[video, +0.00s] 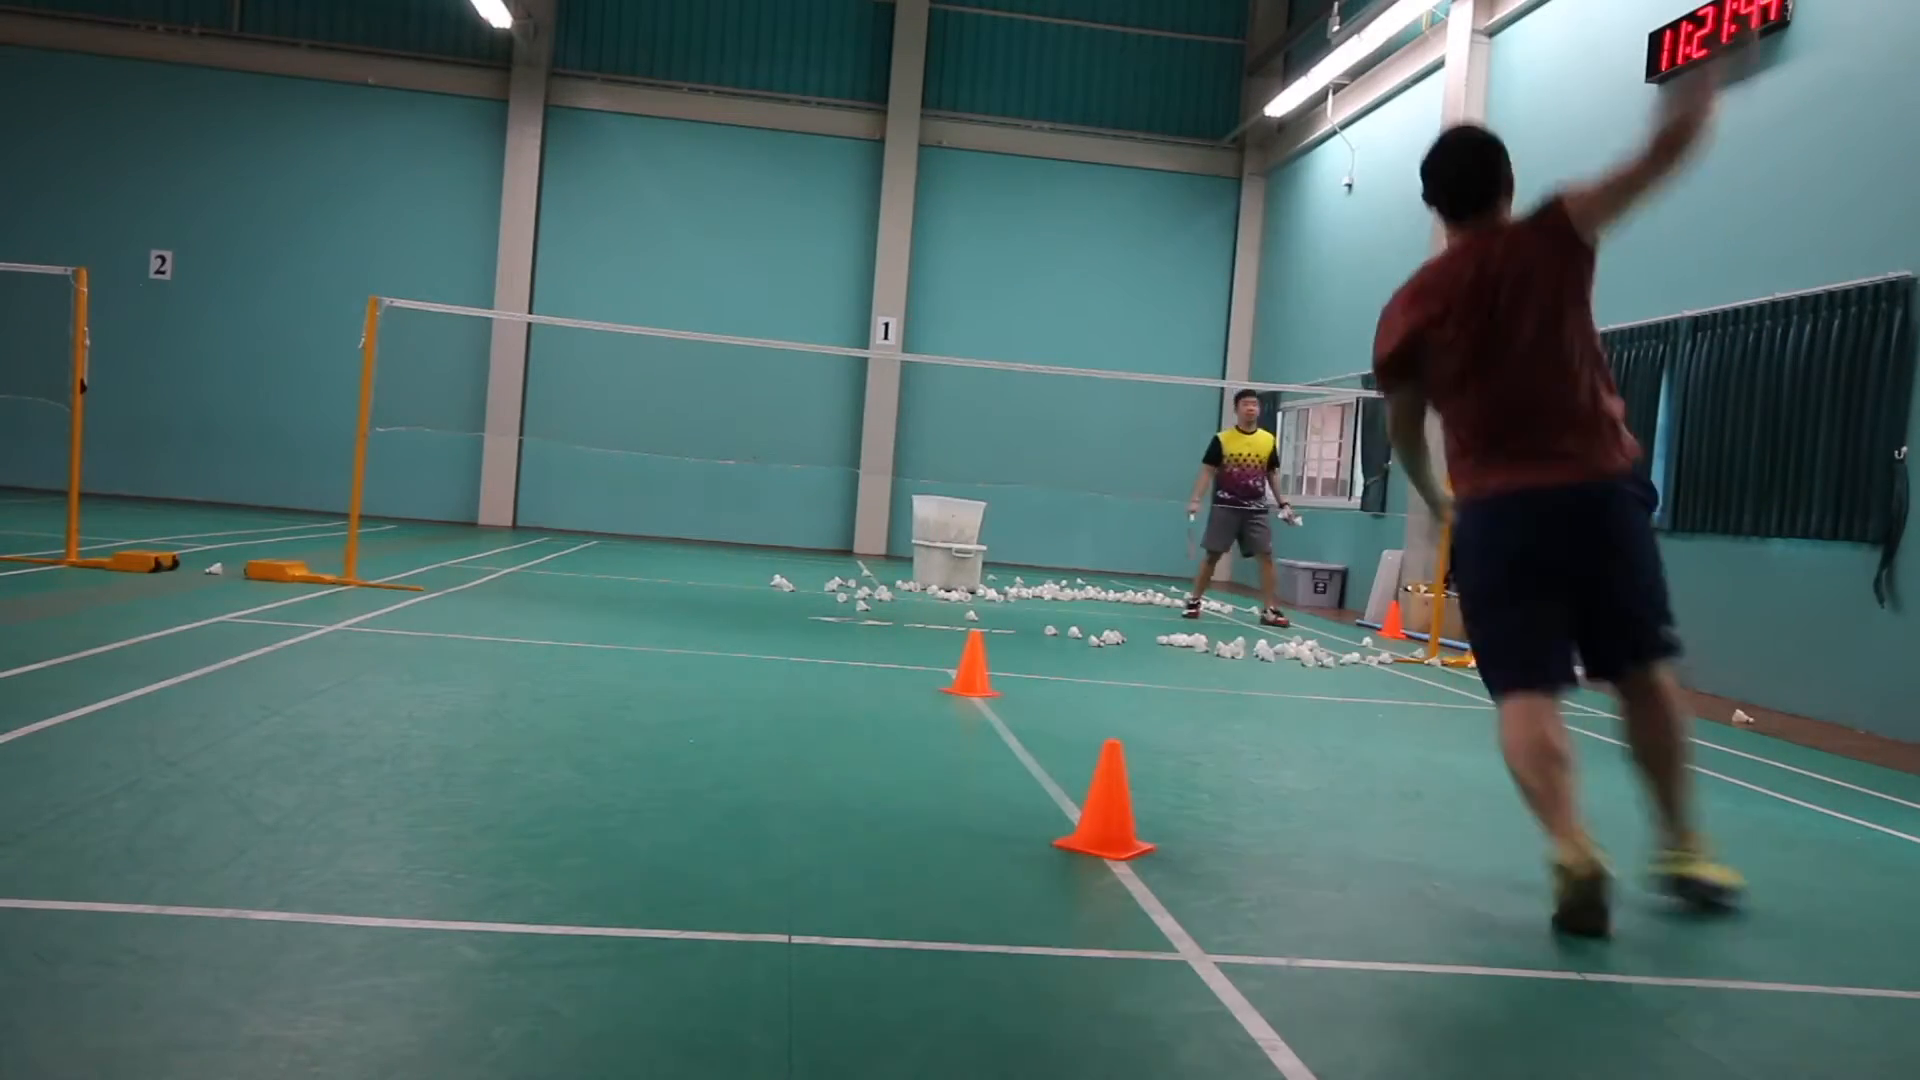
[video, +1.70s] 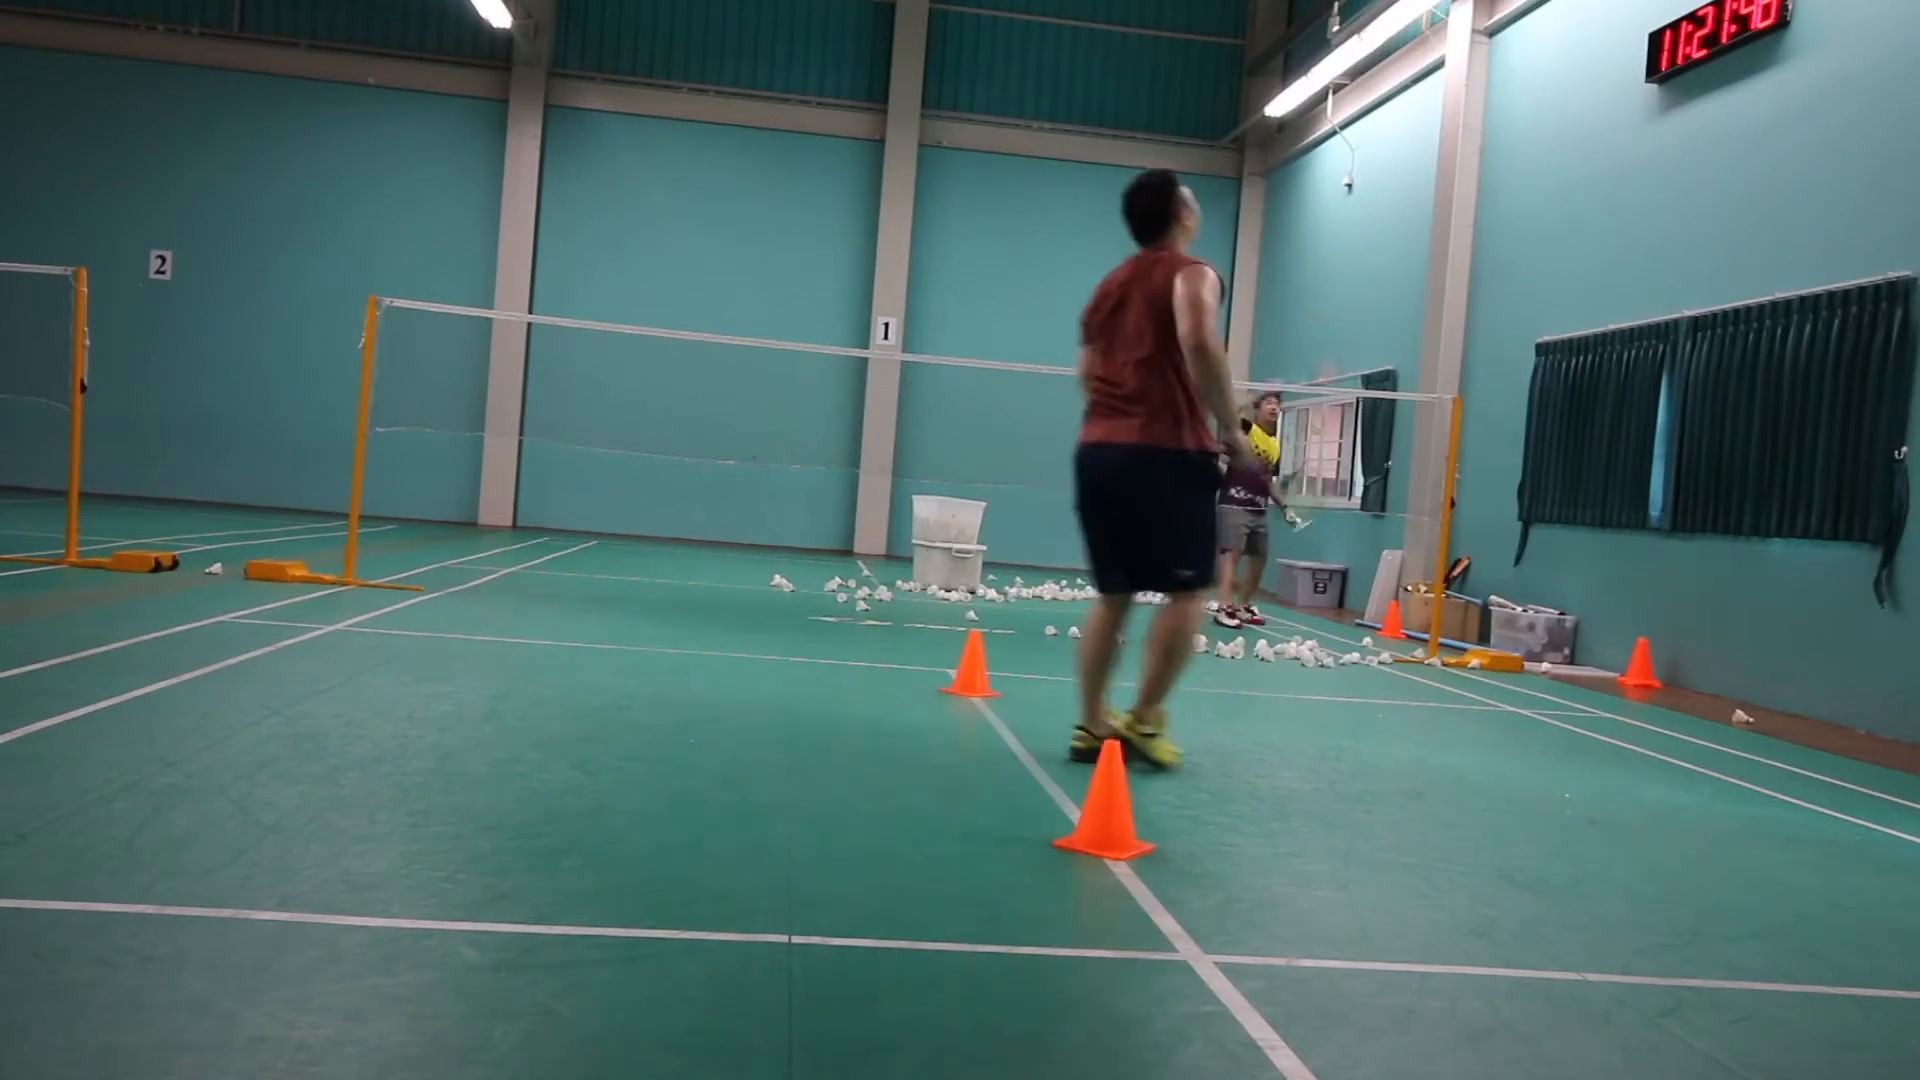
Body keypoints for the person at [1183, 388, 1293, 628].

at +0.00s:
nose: (1251, 409)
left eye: (1254, 405)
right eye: (1246, 404)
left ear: (1259, 410)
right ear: (1236, 409)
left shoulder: (1268, 441)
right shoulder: (1222, 439)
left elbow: (1272, 474)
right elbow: (1207, 471)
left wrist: (1281, 502)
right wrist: (1195, 499)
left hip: (1256, 509)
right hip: (1226, 507)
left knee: (1266, 556)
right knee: (1213, 556)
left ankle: (1270, 609)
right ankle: (1195, 600)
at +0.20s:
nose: (1277, 415)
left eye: (1281, 411)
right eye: (1272, 410)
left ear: (1285, 415)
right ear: (1262, 413)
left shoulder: (1289, 444)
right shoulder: (1246, 443)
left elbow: (1293, 478)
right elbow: (1233, 478)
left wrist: (1308, 507)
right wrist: (1237, 510)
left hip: (1273, 512)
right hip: (1245, 509)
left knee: (1278, 557)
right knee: (1223, 554)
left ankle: (1271, 609)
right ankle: (1197, 597)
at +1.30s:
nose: (1268, 414)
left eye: (1272, 410)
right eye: (1263, 409)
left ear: (1277, 415)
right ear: (1255, 413)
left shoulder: (1280, 445)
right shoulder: (1240, 441)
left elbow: (1281, 476)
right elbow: (1223, 468)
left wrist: (1299, 501)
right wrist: (1237, 495)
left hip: (1259, 508)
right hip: (1234, 505)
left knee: (1261, 558)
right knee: (1235, 554)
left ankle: (1253, 607)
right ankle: (1226, 608)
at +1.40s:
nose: (1273, 411)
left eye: (1277, 407)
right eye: (1269, 406)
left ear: (1280, 413)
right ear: (1258, 409)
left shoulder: (1276, 441)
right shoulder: (1244, 429)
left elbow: (1274, 475)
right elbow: (1233, 434)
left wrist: (1292, 499)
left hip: (1257, 504)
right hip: (1232, 501)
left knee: (1261, 556)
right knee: (1235, 552)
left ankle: (1253, 605)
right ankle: (1227, 608)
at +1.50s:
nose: (1274, 406)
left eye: (1278, 403)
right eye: (1269, 402)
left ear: (1279, 410)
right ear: (1257, 405)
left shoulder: (1273, 440)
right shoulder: (1246, 426)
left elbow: (1265, 474)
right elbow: (1245, 404)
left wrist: (1283, 495)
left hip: (1257, 502)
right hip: (1233, 499)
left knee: (1260, 554)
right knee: (1238, 552)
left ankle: (1250, 603)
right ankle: (1226, 606)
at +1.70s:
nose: (1274, 408)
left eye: (1277, 404)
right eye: (1269, 404)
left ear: (1280, 411)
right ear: (1257, 409)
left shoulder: (1275, 445)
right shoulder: (1244, 431)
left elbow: (1268, 481)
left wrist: (1284, 506)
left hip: (1258, 505)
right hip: (1234, 502)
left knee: (1258, 556)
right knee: (1231, 553)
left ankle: (1244, 604)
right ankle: (1226, 605)